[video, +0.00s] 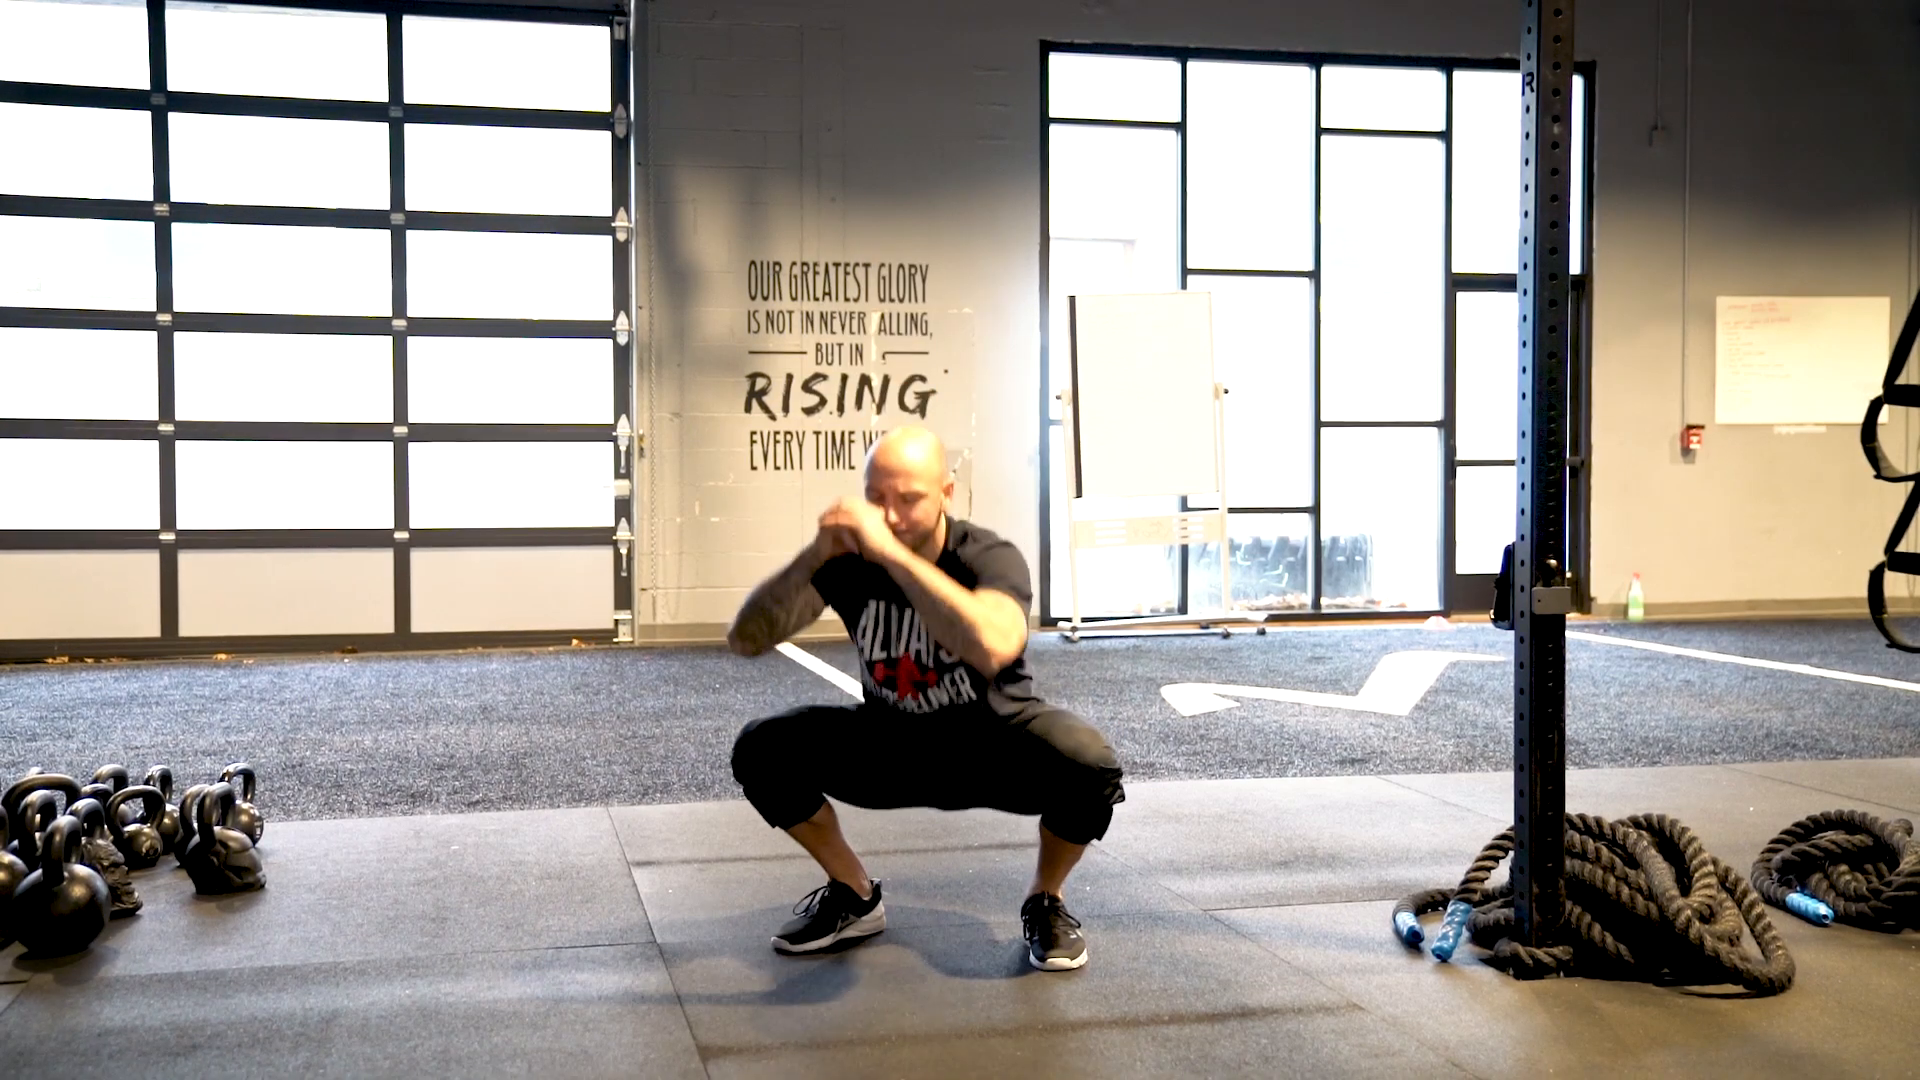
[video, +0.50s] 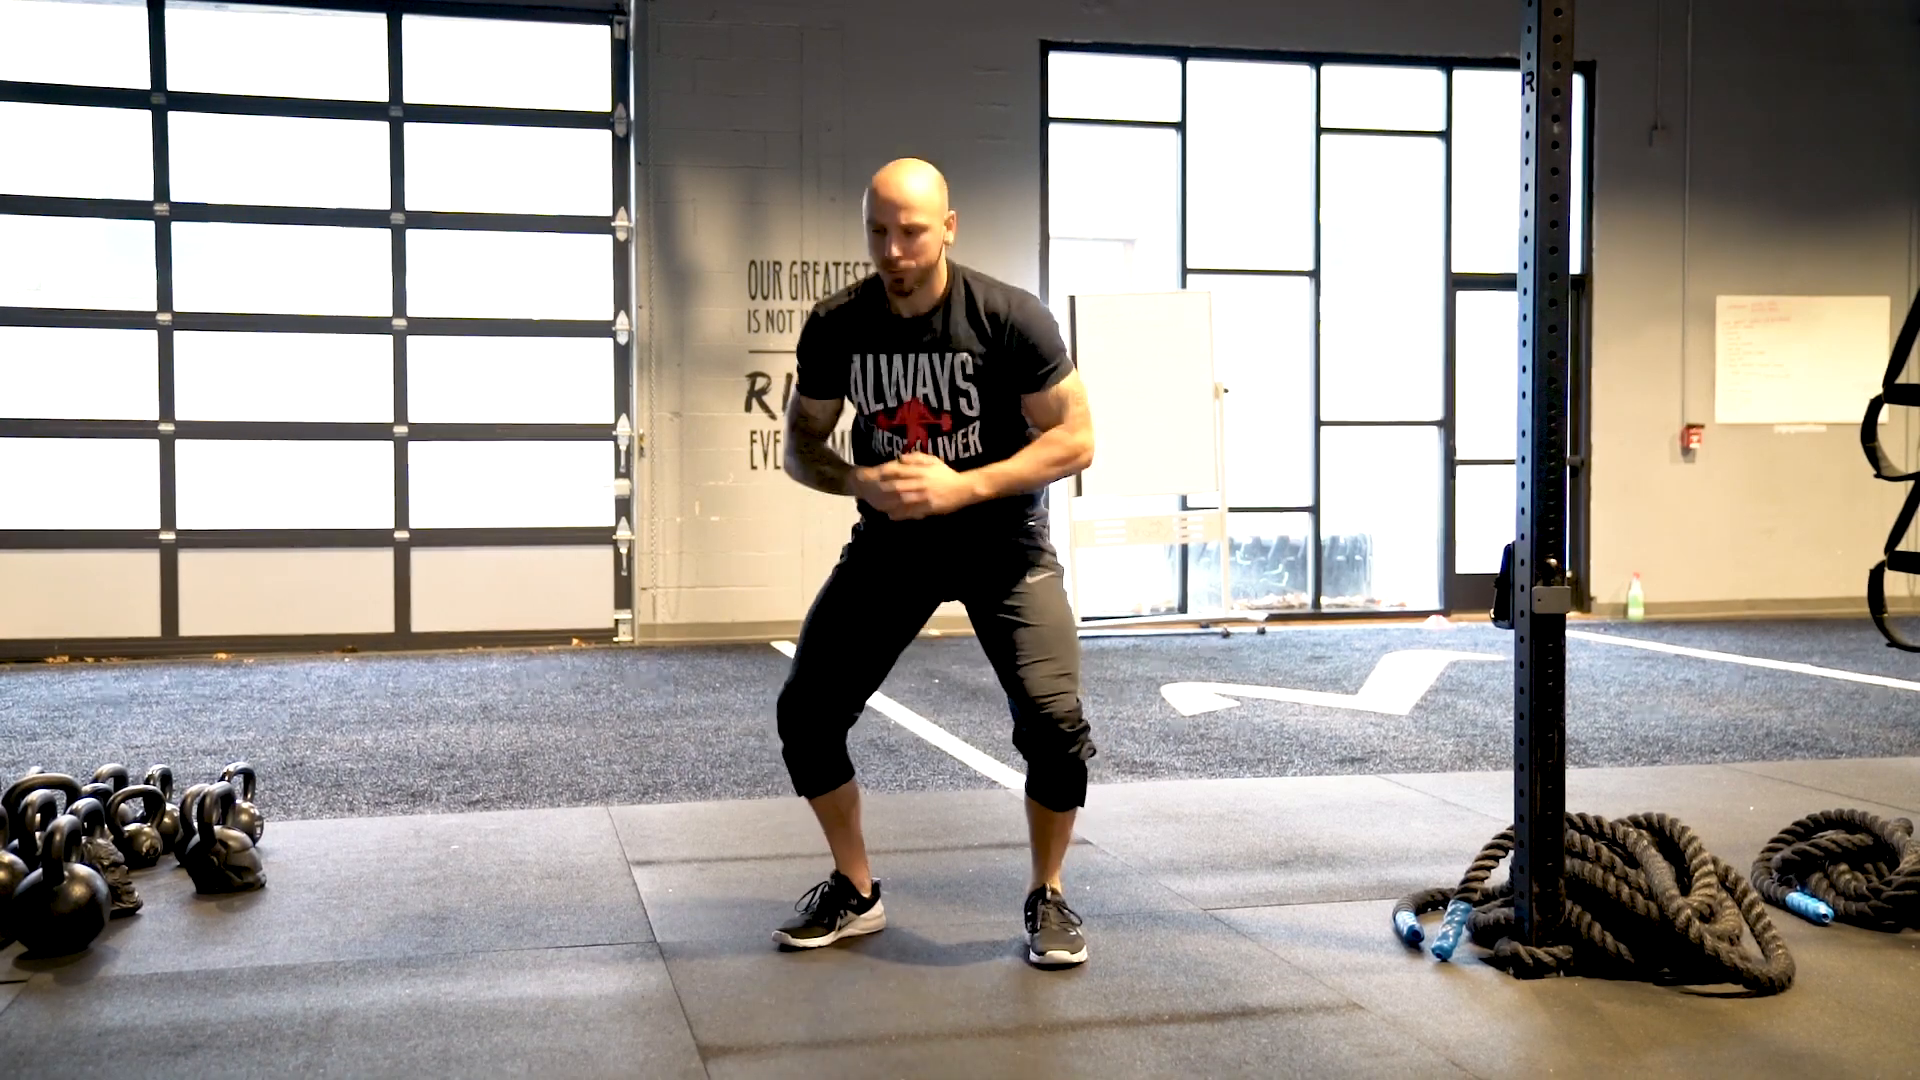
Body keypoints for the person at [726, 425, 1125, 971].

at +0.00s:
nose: (892, 517)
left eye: (909, 501)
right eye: (878, 501)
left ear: (946, 492)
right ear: (865, 494)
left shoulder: (990, 557)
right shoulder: (847, 561)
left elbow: (991, 649)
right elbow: (746, 639)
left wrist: (889, 554)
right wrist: (816, 555)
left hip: (990, 740)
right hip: (889, 740)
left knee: (1086, 763)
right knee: (763, 751)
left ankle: (1046, 902)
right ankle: (853, 891)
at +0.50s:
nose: (894, 252)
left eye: (912, 233)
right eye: (881, 233)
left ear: (950, 229)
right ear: (866, 230)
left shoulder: (1013, 321)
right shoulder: (834, 330)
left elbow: (1073, 443)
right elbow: (803, 449)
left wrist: (962, 486)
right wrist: (860, 481)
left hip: (1007, 546)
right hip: (893, 545)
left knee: (1056, 722)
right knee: (806, 714)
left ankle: (1048, 894)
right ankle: (855, 887)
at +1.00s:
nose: (898, 508)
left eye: (917, 492)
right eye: (887, 491)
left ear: (956, 489)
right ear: (873, 487)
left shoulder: (998, 555)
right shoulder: (848, 556)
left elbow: (1006, 651)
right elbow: (748, 640)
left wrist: (903, 559)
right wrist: (824, 560)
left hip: (993, 736)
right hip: (895, 737)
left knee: (1090, 762)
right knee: (763, 749)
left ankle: (1046, 901)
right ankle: (854, 890)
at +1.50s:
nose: (887, 261)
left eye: (904, 241)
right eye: (873, 242)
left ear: (943, 237)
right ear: (859, 241)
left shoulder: (1005, 331)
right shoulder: (832, 339)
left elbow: (1056, 461)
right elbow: (800, 476)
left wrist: (941, 460)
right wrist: (850, 464)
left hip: (1005, 544)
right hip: (896, 546)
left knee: (1052, 723)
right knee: (801, 714)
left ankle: (1047, 896)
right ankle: (854, 887)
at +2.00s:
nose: (897, 493)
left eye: (916, 477)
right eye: (886, 475)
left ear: (956, 473)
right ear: (873, 472)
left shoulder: (997, 540)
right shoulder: (851, 541)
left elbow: (1007, 627)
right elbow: (755, 632)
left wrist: (898, 544)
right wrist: (828, 550)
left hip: (992, 727)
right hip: (894, 727)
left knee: (1081, 763)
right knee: (763, 747)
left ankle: (1045, 903)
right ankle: (854, 890)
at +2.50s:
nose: (892, 282)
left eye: (910, 262)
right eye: (880, 262)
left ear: (949, 259)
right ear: (866, 262)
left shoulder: (1005, 351)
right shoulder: (838, 357)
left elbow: (1033, 486)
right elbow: (799, 500)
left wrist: (921, 438)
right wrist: (843, 448)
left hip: (1007, 565)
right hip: (899, 567)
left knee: (1060, 726)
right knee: (793, 720)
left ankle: (1047, 898)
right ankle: (854, 889)